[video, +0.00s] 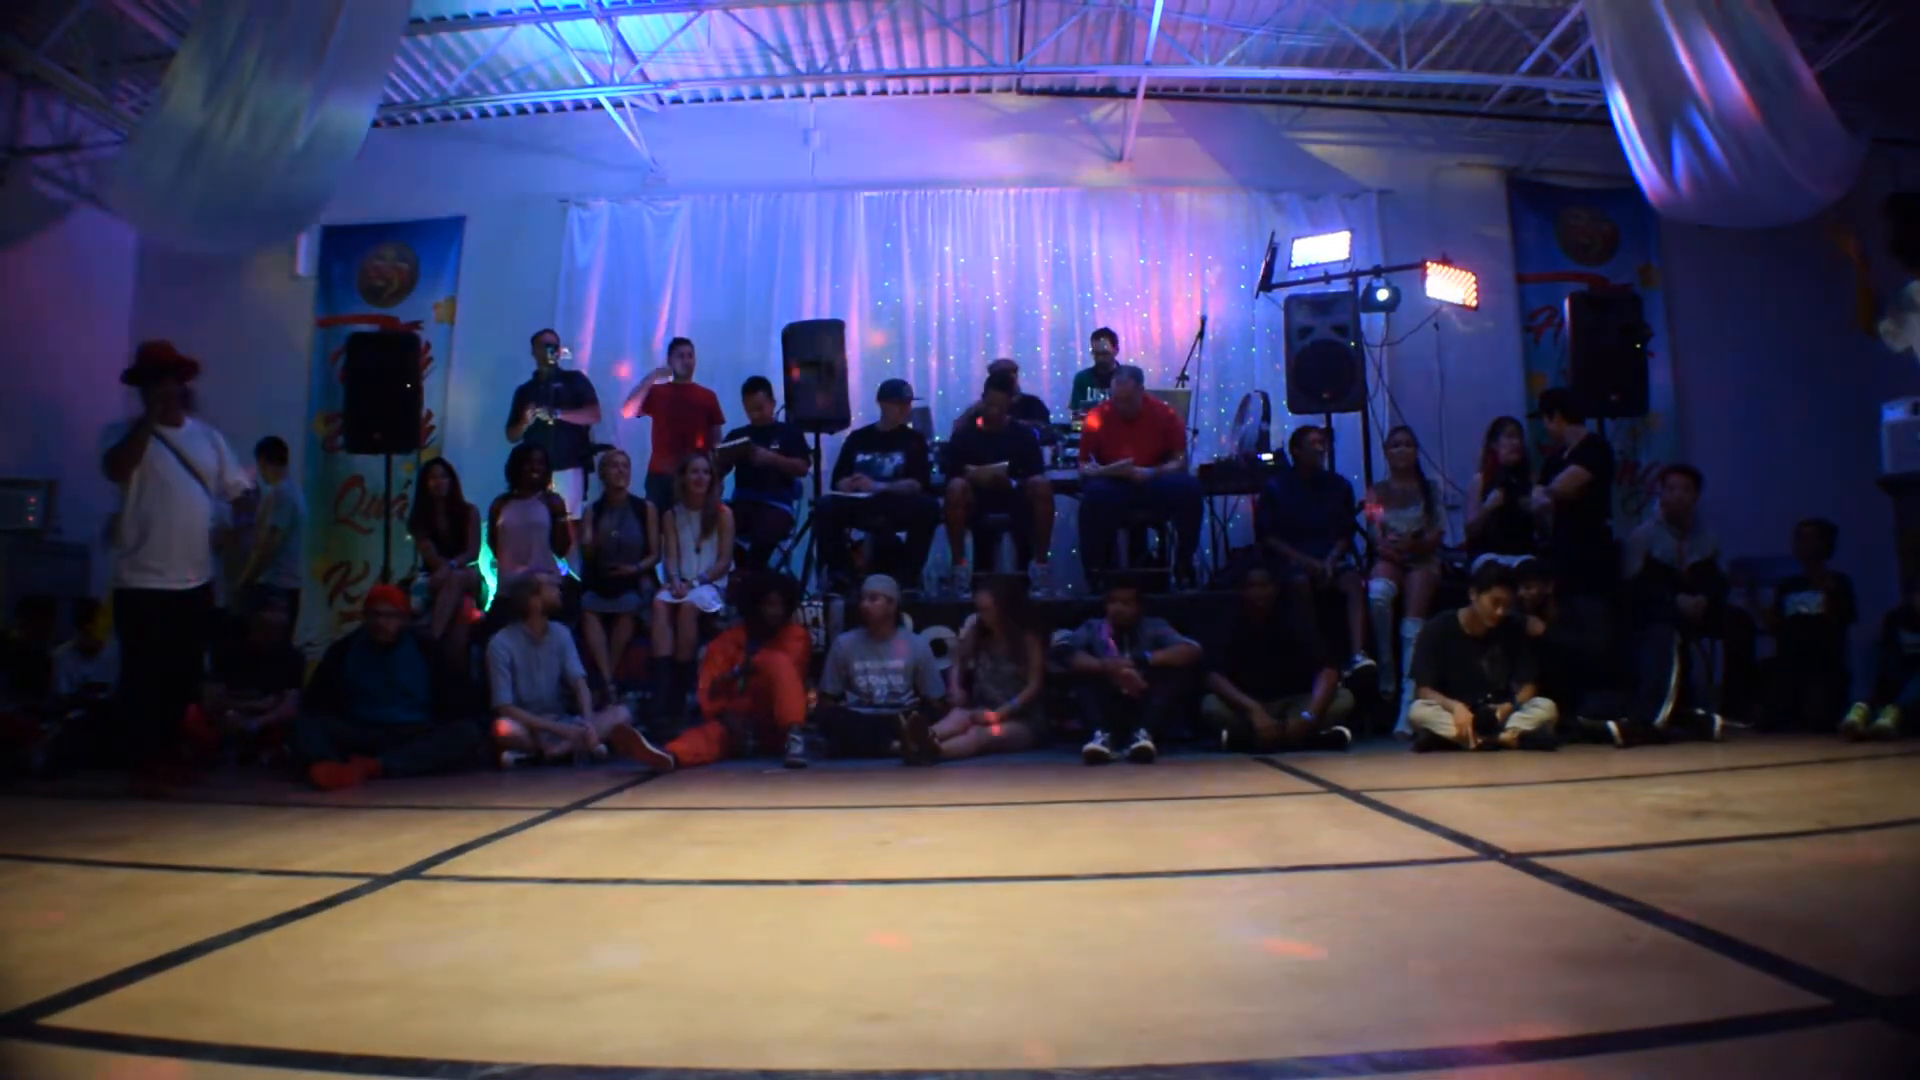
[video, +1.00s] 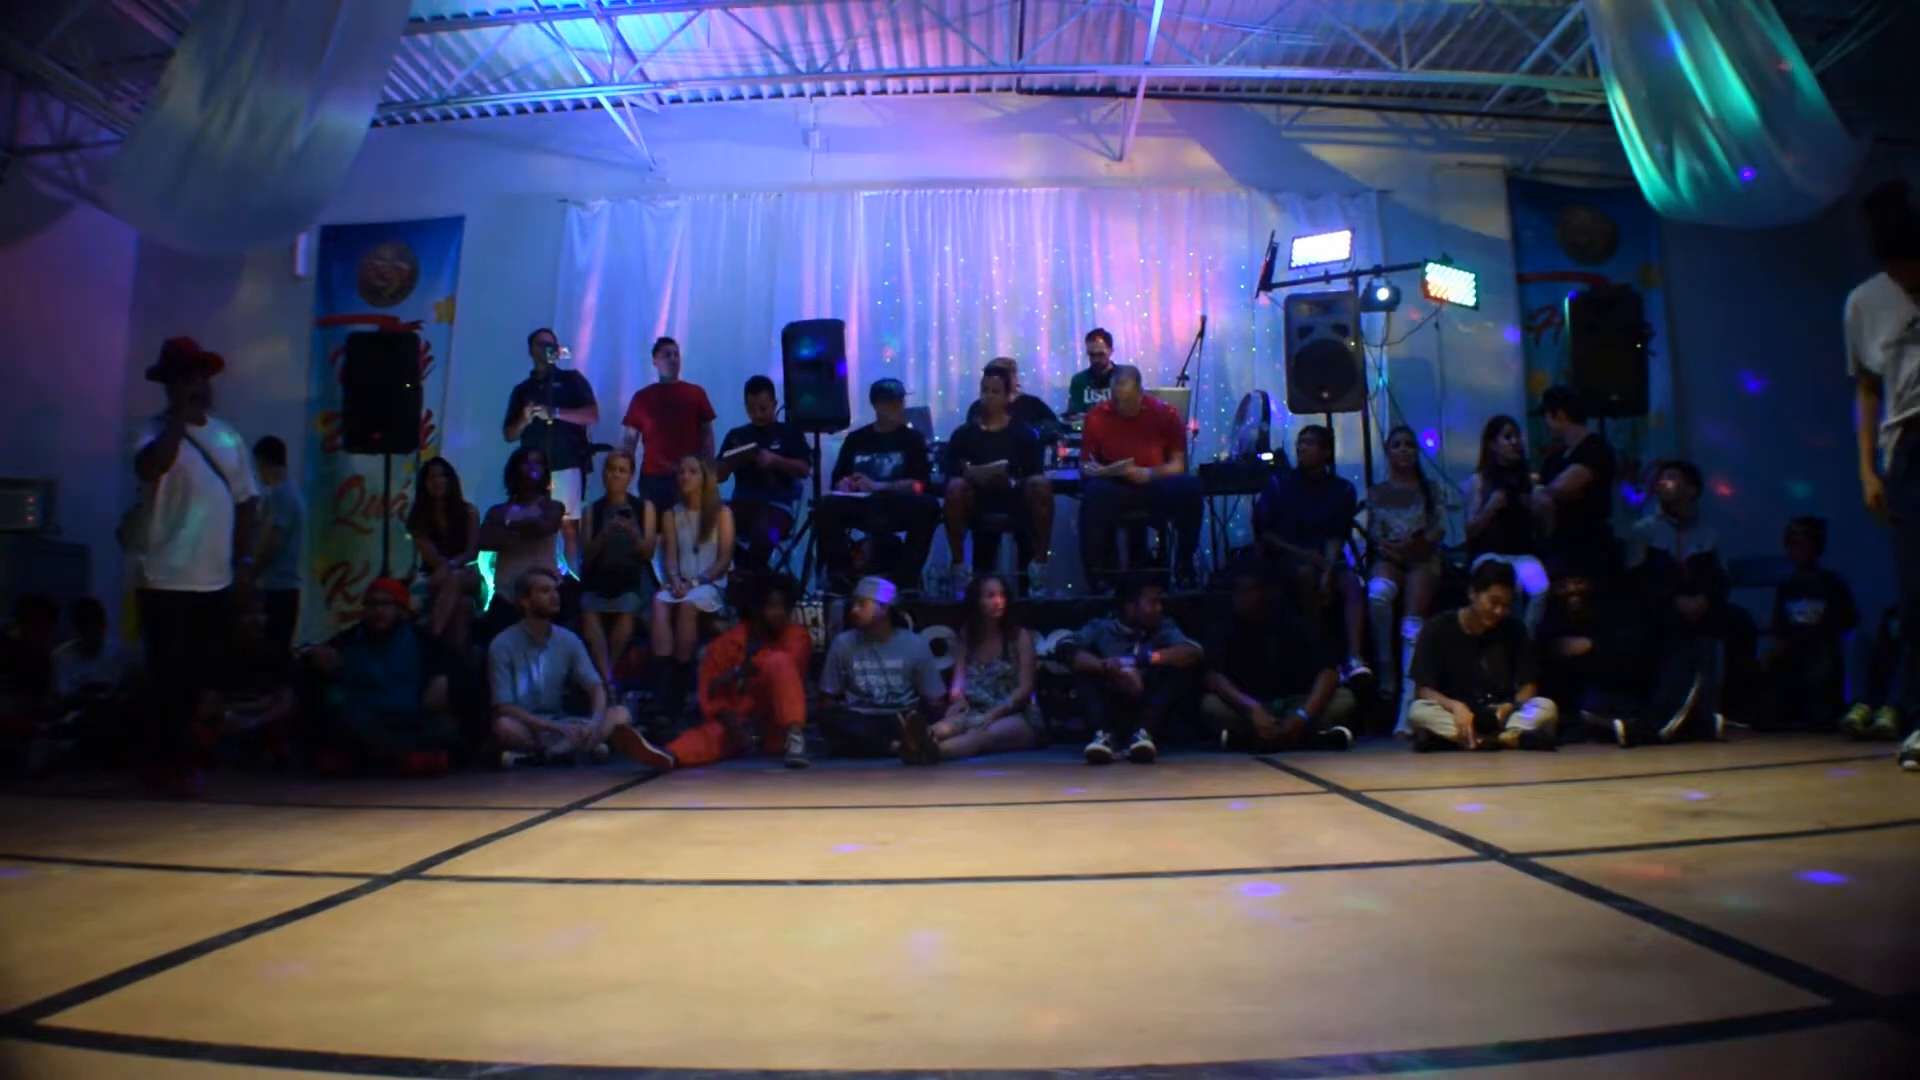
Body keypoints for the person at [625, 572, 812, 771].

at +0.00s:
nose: (772, 612)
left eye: (779, 605)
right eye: (767, 604)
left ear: (789, 608)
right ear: (753, 606)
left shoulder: (795, 636)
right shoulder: (726, 644)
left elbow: (785, 667)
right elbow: (709, 705)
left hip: (774, 720)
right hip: (736, 723)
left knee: (776, 661)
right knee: (711, 735)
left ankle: (794, 737)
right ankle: (670, 755)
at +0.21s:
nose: (772, 613)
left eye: (778, 606)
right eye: (766, 606)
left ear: (788, 610)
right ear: (752, 607)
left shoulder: (794, 636)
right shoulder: (728, 643)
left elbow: (789, 663)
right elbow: (708, 701)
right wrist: (733, 717)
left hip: (774, 721)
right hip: (738, 722)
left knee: (779, 661)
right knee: (711, 736)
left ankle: (794, 738)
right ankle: (670, 756)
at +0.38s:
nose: (776, 612)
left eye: (782, 606)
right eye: (769, 605)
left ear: (789, 609)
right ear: (753, 607)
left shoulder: (794, 637)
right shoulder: (726, 644)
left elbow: (781, 663)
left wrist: (740, 674)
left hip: (774, 720)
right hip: (736, 722)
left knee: (778, 662)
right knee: (711, 736)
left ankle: (794, 737)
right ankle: (670, 755)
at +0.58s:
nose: (777, 612)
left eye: (782, 606)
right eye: (770, 605)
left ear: (789, 609)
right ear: (754, 608)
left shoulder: (795, 636)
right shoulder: (725, 646)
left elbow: (787, 672)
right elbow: (711, 702)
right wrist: (731, 720)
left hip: (774, 721)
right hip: (737, 723)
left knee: (778, 661)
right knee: (709, 737)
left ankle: (795, 737)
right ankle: (671, 755)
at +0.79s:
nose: (777, 613)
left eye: (782, 606)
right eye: (770, 606)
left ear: (788, 609)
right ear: (755, 607)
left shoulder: (795, 636)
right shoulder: (726, 645)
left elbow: (787, 663)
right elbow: (709, 705)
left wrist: (749, 668)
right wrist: (731, 717)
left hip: (774, 720)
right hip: (737, 723)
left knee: (779, 660)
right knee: (709, 735)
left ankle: (794, 737)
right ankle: (669, 755)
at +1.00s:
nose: (778, 613)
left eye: (783, 607)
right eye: (771, 606)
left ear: (789, 609)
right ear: (755, 607)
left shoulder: (796, 636)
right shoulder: (727, 644)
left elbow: (786, 665)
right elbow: (710, 701)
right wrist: (733, 723)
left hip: (775, 723)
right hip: (738, 724)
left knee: (779, 661)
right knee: (709, 736)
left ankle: (795, 737)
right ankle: (669, 755)